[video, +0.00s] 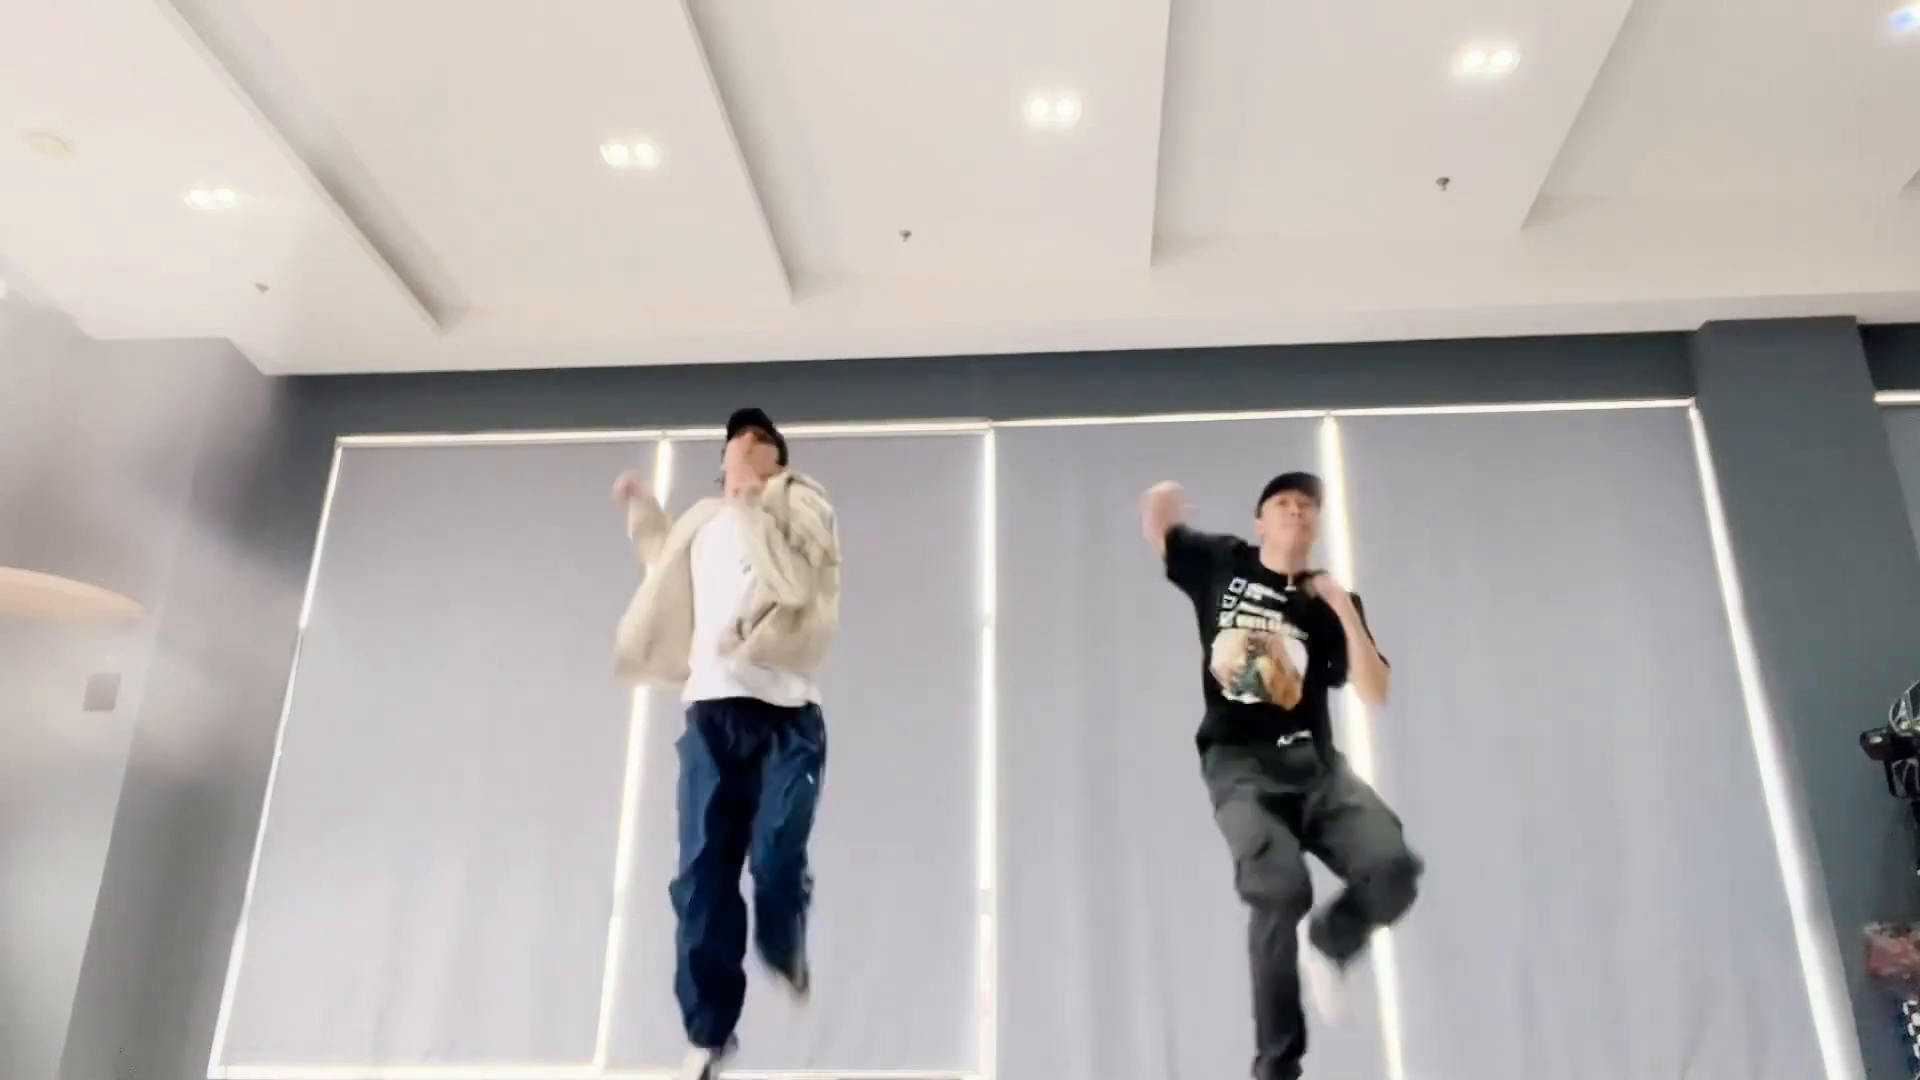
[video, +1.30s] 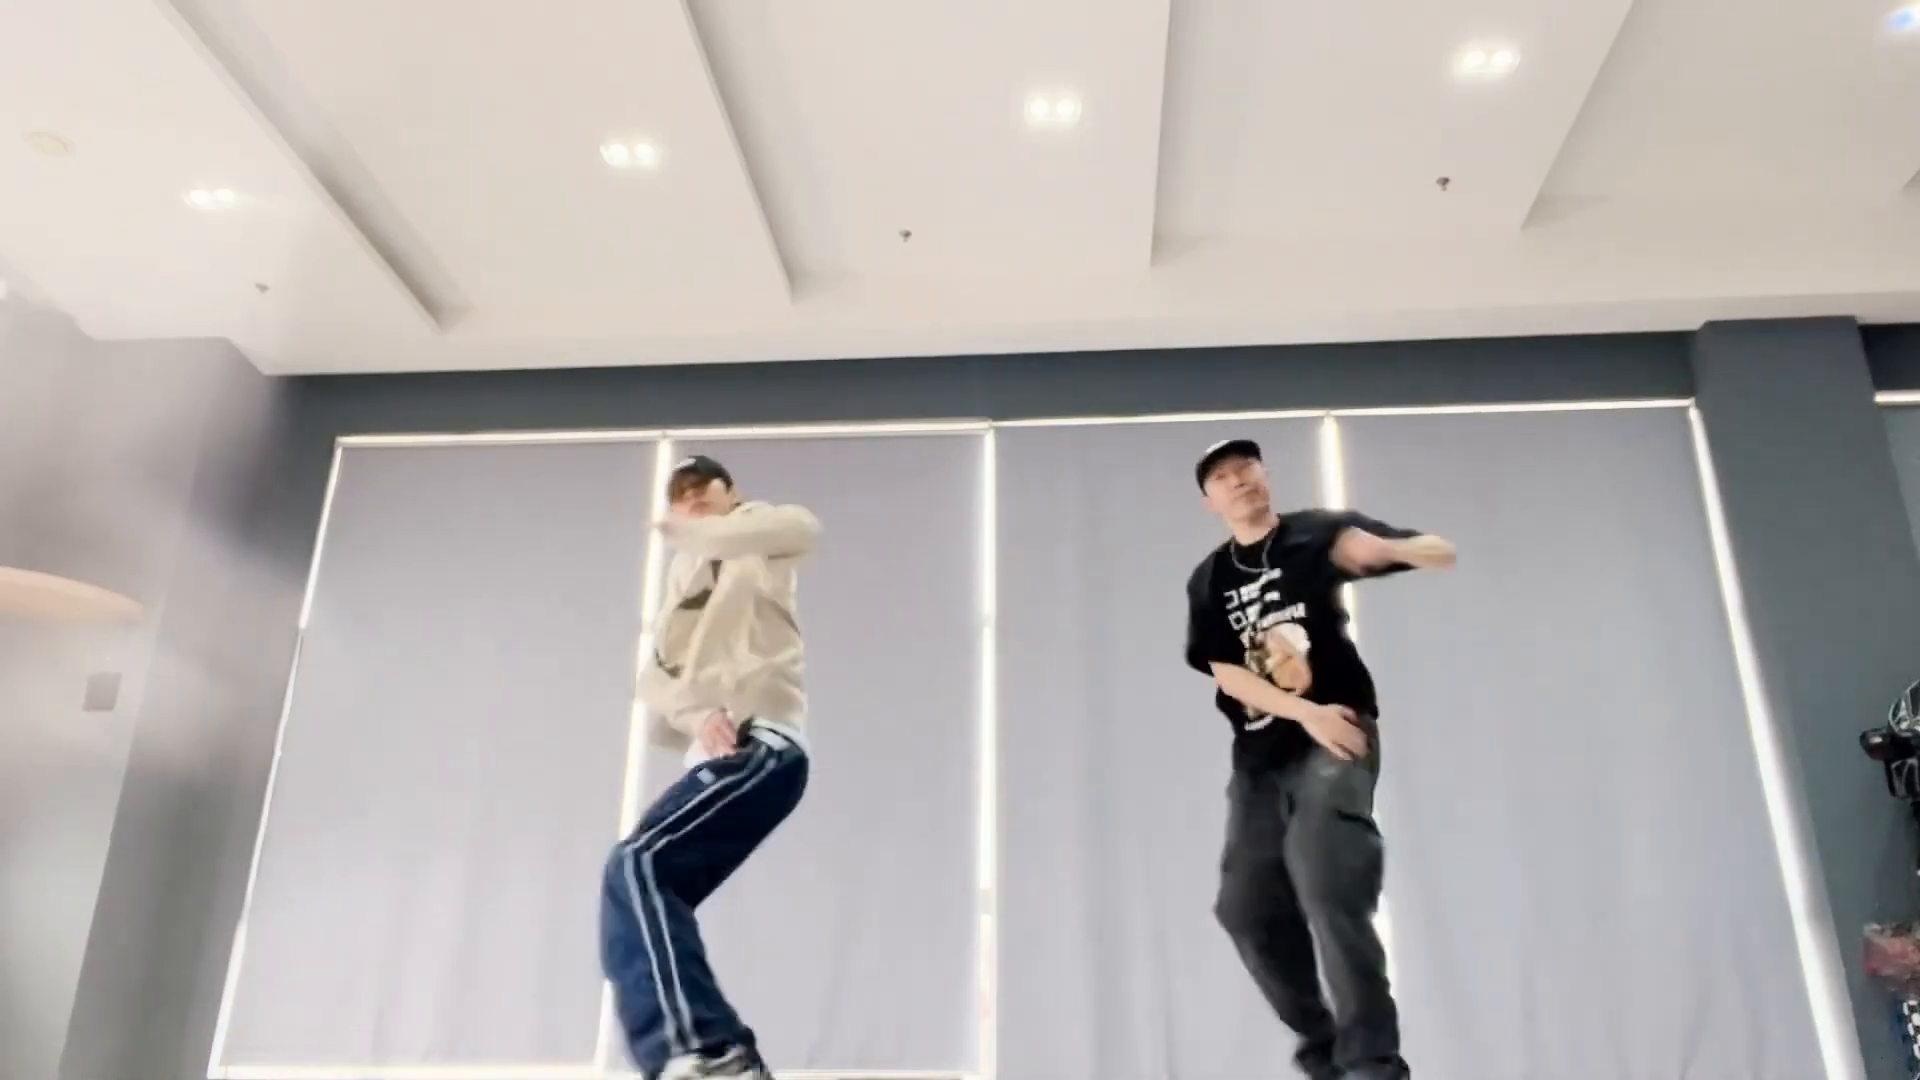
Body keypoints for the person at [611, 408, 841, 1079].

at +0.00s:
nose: (742, 456)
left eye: (755, 446)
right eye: (734, 446)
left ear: (778, 460)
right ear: (723, 459)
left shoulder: (805, 507)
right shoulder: (703, 517)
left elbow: (800, 587)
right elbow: (672, 575)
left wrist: (755, 509)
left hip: (787, 712)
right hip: (711, 710)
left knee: (777, 857)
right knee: (701, 874)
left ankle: (784, 956)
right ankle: (709, 1033)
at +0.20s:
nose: (747, 465)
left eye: (760, 458)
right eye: (737, 457)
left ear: (781, 479)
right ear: (723, 475)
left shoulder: (807, 543)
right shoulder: (690, 532)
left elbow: (832, 615)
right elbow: (612, 515)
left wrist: (812, 654)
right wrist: (656, 492)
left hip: (753, 724)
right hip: (682, 736)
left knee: (714, 820)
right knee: (694, 896)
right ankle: (718, 1058)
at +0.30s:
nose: (743, 483)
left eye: (756, 475)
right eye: (733, 476)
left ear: (777, 496)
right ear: (718, 496)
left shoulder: (806, 576)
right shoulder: (685, 542)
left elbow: (822, 674)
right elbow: (685, 590)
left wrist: (823, 755)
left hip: (742, 756)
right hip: (670, 753)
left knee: (700, 904)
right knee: (671, 914)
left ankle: (699, 1060)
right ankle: (731, 1062)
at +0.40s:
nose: (743, 479)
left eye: (755, 471)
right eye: (732, 473)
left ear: (778, 493)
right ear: (716, 495)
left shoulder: (810, 571)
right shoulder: (684, 544)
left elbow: (837, 650)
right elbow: (687, 626)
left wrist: (840, 687)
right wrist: (716, 702)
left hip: (737, 753)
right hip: (665, 749)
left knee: (676, 904)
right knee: (661, 914)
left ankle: (682, 1065)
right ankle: (720, 1064)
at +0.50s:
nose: (745, 458)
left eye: (757, 449)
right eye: (732, 451)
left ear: (776, 467)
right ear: (716, 470)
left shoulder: (798, 530)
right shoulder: (684, 517)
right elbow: (658, 594)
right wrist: (706, 679)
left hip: (736, 726)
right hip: (665, 723)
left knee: (693, 891)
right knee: (659, 892)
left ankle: (681, 1062)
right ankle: (710, 1059)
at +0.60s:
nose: (755, 458)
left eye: (764, 449)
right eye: (740, 455)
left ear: (783, 465)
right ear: (721, 476)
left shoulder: (805, 518)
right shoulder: (676, 521)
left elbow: (716, 504)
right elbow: (655, 615)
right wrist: (696, 680)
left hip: (737, 726)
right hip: (662, 723)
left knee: (708, 898)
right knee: (661, 900)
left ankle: (689, 1067)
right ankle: (711, 1061)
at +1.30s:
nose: (692, 503)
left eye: (703, 489)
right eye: (681, 499)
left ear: (734, 495)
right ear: (673, 516)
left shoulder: (760, 541)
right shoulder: (682, 599)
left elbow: (801, 529)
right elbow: (649, 678)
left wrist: (687, 530)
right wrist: (696, 714)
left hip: (763, 746)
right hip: (722, 756)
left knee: (638, 859)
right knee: (635, 879)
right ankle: (674, 1057)